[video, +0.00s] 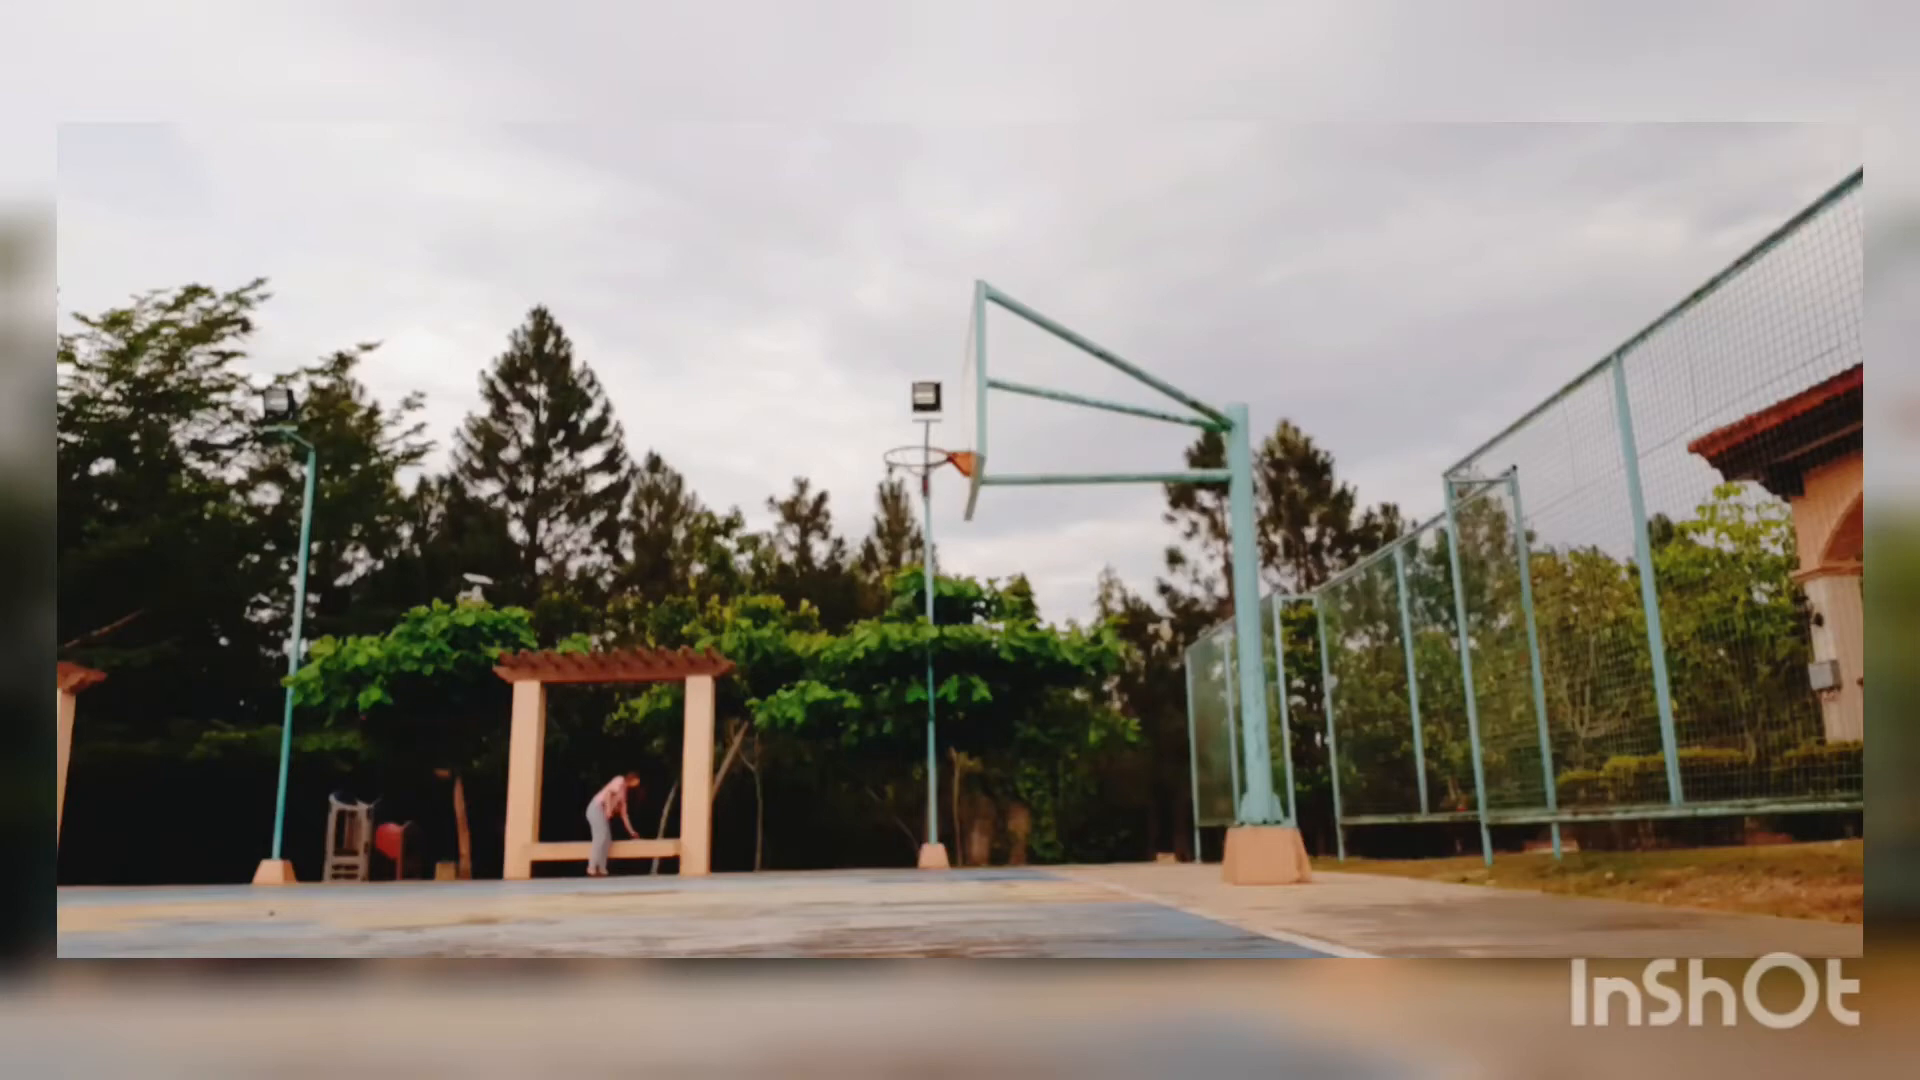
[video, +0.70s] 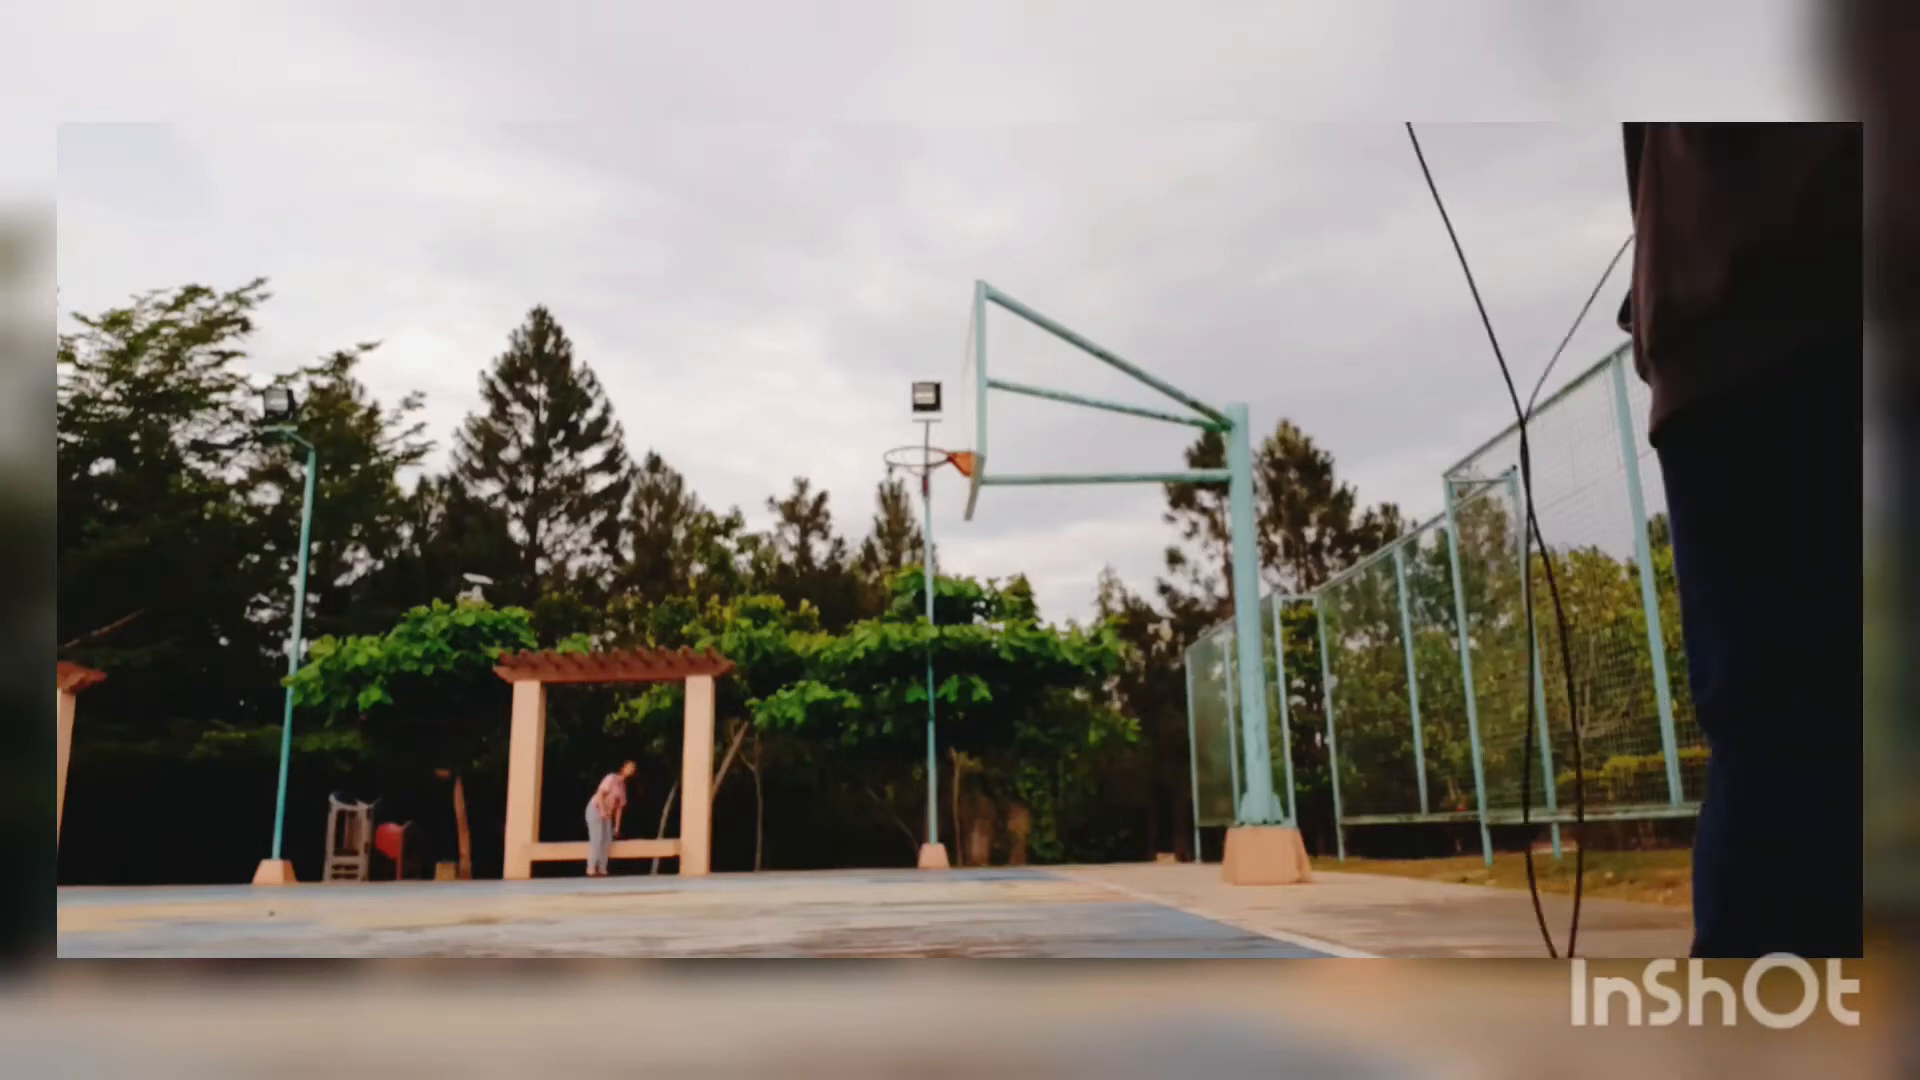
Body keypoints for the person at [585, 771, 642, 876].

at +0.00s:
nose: (636, 784)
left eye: (637, 782)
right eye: (636, 781)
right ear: (631, 778)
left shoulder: (623, 791)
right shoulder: (619, 780)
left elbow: (624, 813)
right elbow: (608, 792)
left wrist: (631, 831)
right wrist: (608, 808)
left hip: (603, 810)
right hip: (596, 807)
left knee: (607, 838)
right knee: (600, 836)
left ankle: (602, 866)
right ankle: (592, 866)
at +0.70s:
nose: (630, 771)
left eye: (632, 769)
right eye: (628, 767)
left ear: (633, 772)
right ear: (623, 767)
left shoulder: (622, 787)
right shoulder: (611, 778)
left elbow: (619, 807)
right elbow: (600, 794)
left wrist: (617, 826)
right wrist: (602, 810)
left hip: (607, 812)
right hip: (596, 808)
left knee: (607, 838)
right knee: (597, 837)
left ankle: (602, 867)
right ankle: (591, 867)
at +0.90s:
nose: (619, 767)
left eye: (622, 764)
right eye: (618, 763)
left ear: (625, 768)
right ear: (614, 765)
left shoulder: (622, 786)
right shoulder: (604, 779)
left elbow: (621, 806)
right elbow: (596, 796)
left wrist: (617, 822)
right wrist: (597, 812)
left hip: (609, 812)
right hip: (596, 808)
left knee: (610, 840)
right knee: (596, 838)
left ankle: (603, 868)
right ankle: (591, 868)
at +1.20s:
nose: (601, 769)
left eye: (604, 766)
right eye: (601, 766)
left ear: (610, 768)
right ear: (599, 768)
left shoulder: (617, 783)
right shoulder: (594, 782)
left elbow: (621, 803)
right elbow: (591, 800)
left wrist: (617, 820)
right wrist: (595, 815)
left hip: (611, 814)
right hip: (596, 813)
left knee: (612, 839)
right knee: (596, 839)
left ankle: (604, 868)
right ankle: (595, 867)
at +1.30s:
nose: (595, 772)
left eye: (598, 769)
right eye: (595, 769)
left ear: (604, 771)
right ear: (595, 771)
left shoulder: (614, 786)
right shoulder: (592, 785)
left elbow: (619, 804)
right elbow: (590, 803)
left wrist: (615, 820)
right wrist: (595, 818)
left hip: (610, 816)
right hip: (596, 815)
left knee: (611, 840)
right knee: (596, 839)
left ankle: (604, 867)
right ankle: (594, 867)